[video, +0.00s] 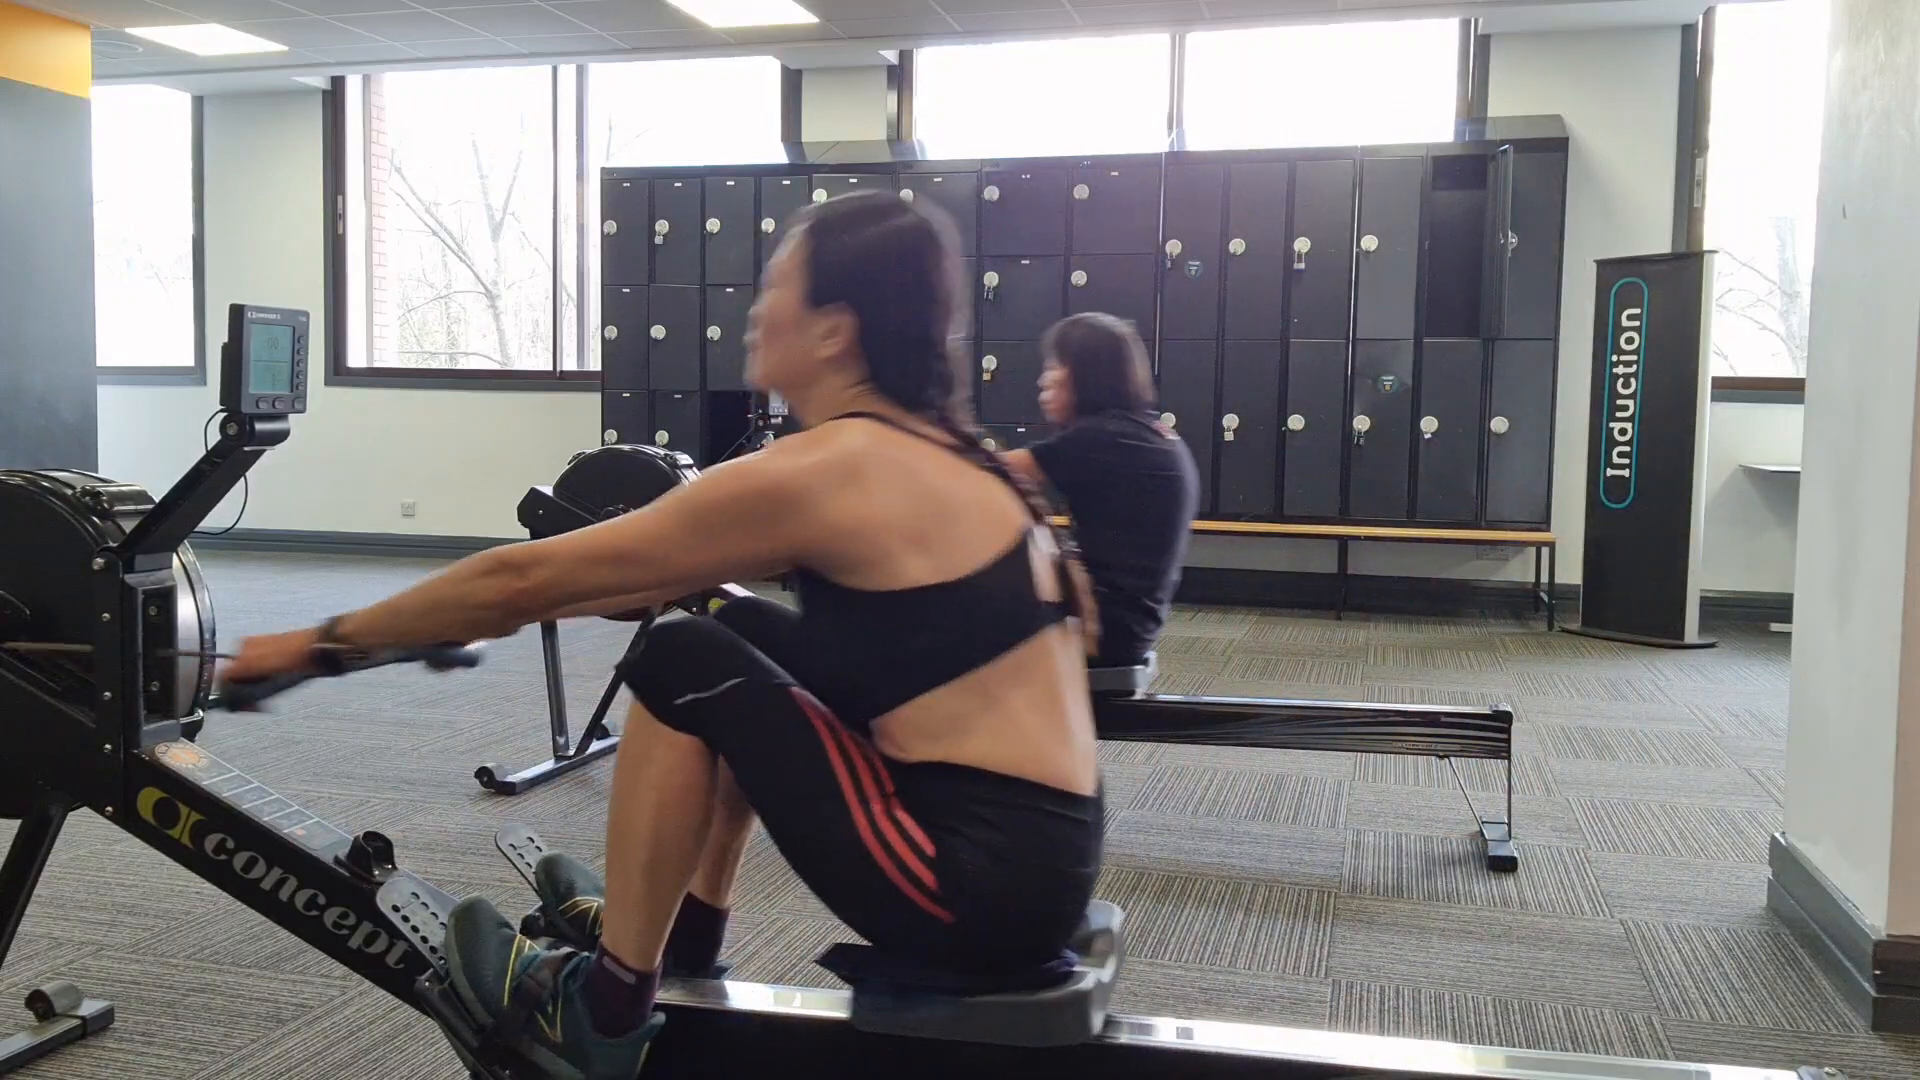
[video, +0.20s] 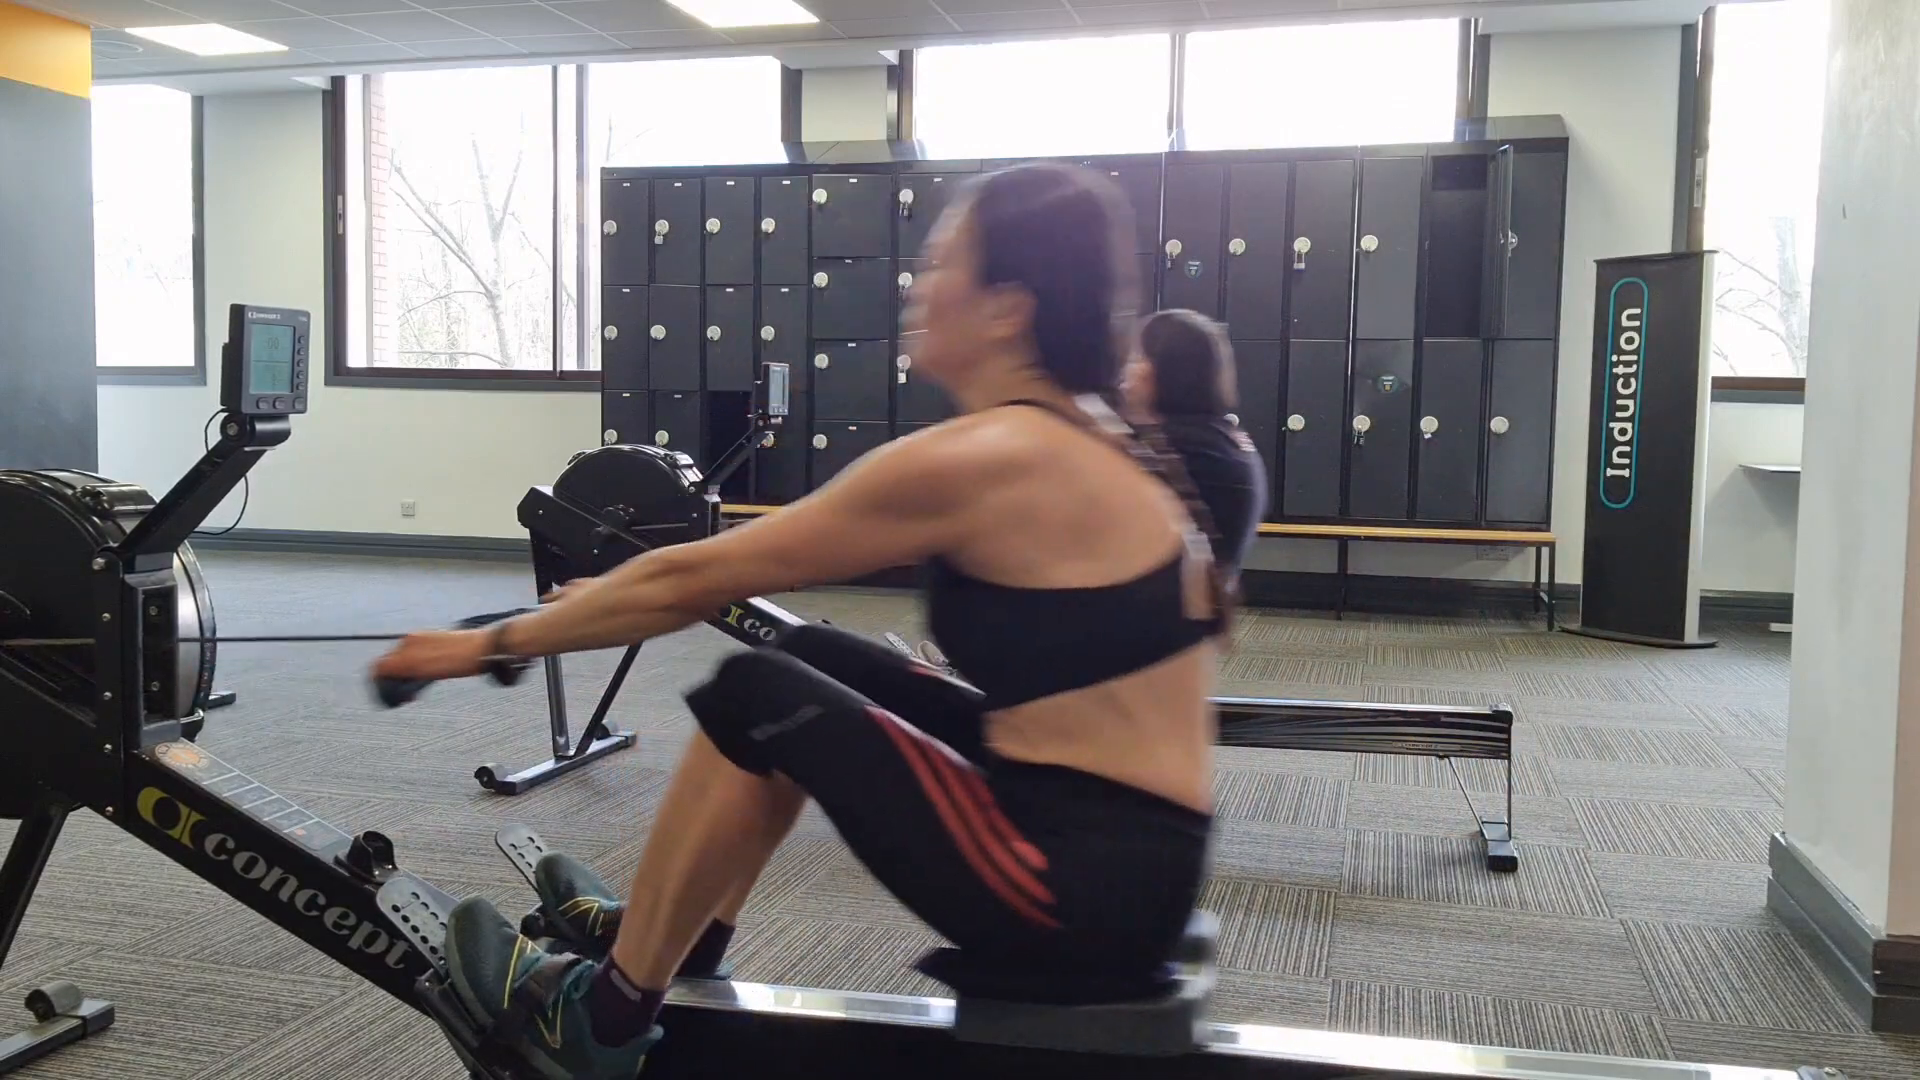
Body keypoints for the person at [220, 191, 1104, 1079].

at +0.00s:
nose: (751, 319)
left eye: (769, 297)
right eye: (761, 295)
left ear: (838, 328)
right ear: (865, 333)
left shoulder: (826, 475)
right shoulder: (947, 455)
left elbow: (531, 580)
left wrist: (319, 643)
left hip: (968, 889)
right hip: (1043, 869)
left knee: (680, 653)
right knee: (750, 639)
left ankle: (606, 1001)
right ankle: (686, 941)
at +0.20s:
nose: (911, 290)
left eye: (935, 268)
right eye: (922, 266)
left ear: (1010, 310)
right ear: (1017, 313)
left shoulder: (973, 462)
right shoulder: (1081, 433)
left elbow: (692, 582)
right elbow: (893, 533)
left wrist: (486, 645)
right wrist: (723, 537)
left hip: (1070, 886)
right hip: (1135, 850)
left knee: (760, 694)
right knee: (799, 651)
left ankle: (609, 1008)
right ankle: (684, 943)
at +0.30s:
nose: (1001, 281)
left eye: (1029, 260)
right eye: (1013, 257)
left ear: (1104, 303)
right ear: (1110, 307)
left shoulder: (1061, 457)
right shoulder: (1153, 431)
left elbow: (781, 579)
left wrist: (565, 638)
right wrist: (699, 583)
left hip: (1144, 880)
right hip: (1186, 837)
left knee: (807, 722)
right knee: (843, 674)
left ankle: (614, 1012)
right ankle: (677, 950)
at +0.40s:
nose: (1102, 268)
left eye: (1132, 248)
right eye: (1119, 242)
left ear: (1206, 292)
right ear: (1210, 295)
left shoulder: (1152, 458)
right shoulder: (1262, 433)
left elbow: (859, 585)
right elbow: (1011, 545)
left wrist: (654, 645)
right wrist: (797, 573)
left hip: (1209, 882)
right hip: (1242, 823)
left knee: (851, 757)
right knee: (884, 703)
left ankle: (614, 1019)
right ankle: (661, 955)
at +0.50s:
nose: (1209, 261)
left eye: (1243, 241)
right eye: (1223, 236)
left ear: (1328, 290)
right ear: (1313, 295)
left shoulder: (1266, 456)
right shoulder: (1325, 430)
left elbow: (983, 590)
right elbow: (1056, 540)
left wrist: (757, 645)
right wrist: (857, 569)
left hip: (1281, 886)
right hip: (1283, 812)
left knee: (906, 790)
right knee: (921, 742)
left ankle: (625, 1020)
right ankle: (682, 964)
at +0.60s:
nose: (1323, 266)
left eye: (1361, 246)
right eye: (1340, 240)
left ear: (1452, 293)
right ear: (1441, 296)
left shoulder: (1394, 463)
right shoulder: (1433, 447)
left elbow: (1099, 586)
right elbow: (1126, 550)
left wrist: (867, 647)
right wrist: (937, 584)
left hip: (1322, 901)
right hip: (1331, 840)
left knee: (937, 820)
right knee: (961, 780)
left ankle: (621, 1026)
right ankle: (674, 958)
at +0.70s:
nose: (1436, 287)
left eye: (1471, 262)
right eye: (1447, 257)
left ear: (1572, 308)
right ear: (1553, 308)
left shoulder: (1524, 482)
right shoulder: (1493, 464)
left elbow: (1225, 618)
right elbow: (1236, 594)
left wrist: (974, 657)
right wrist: (1023, 618)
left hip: (1360, 891)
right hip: (1326, 820)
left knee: (955, 849)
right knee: (966, 811)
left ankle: (609, 1029)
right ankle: (662, 950)